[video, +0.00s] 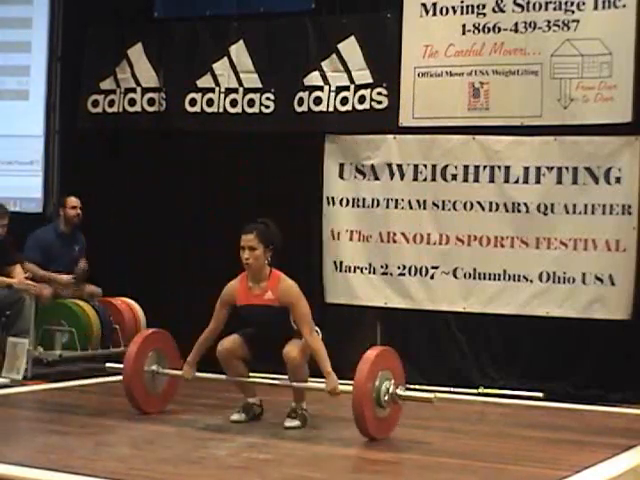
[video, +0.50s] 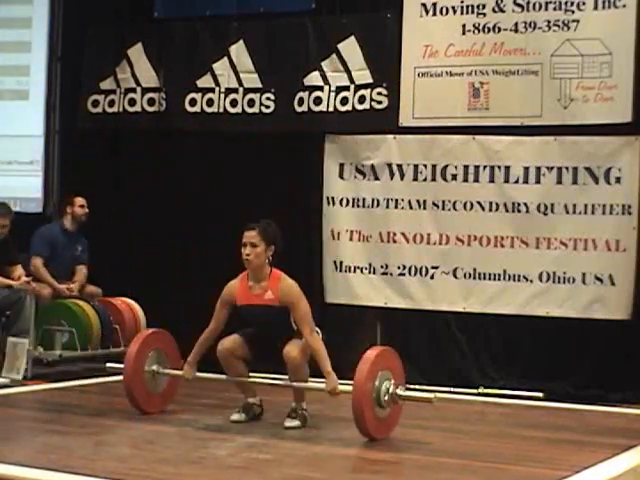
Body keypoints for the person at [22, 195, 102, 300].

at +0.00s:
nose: (78, 212)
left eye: (80, 208)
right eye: (73, 208)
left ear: (81, 210)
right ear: (61, 211)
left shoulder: (79, 238)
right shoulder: (41, 236)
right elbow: (28, 265)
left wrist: (82, 269)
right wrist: (56, 278)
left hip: (69, 285)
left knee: (95, 292)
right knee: (46, 293)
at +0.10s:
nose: (79, 212)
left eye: (81, 208)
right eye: (74, 207)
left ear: (82, 210)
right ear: (62, 211)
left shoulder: (79, 238)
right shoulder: (42, 235)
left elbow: (80, 267)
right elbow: (33, 269)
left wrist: (79, 280)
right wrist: (60, 284)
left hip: (68, 284)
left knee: (95, 292)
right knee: (46, 293)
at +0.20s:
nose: (81, 211)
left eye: (82, 207)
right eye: (75, 207)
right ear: (63, 210)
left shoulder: (79, 237)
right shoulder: (43, 235)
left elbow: (82, 267)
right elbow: (35, 270)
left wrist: (78, 284)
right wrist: (61, 286)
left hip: (69, 282)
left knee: (96, 292)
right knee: (47, 293)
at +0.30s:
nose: (83, 210)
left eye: (83, 207)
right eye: (77, 206)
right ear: (65, 209)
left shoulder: (79, 238)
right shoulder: (43, 235)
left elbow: (82, 268)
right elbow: (35, 269)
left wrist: (78, 284)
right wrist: (61, 287)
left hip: (69, 282)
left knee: (96, 292)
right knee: (47, 293)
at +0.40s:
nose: (84, 210)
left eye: (85, 207)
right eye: (80, 206)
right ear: (67, 209)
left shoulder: (80, 238)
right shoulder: (44, 233)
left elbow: (82, 268)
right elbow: (35, 267)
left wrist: (76, 285)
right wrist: (58, 286)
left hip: (69, 281)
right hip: (46, 281)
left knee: (95, 292)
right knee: (46, 293)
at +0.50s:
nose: (86, 211)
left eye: (86, 207)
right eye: (81, 207)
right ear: (68, 209)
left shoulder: (80, 240)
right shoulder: (46, 233)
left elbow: (81, 268)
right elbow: (35, 265)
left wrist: (76, 285)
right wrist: (57, 287)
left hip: (67, 281)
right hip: (44, 280)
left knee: (95, 292)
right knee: (45, 293)